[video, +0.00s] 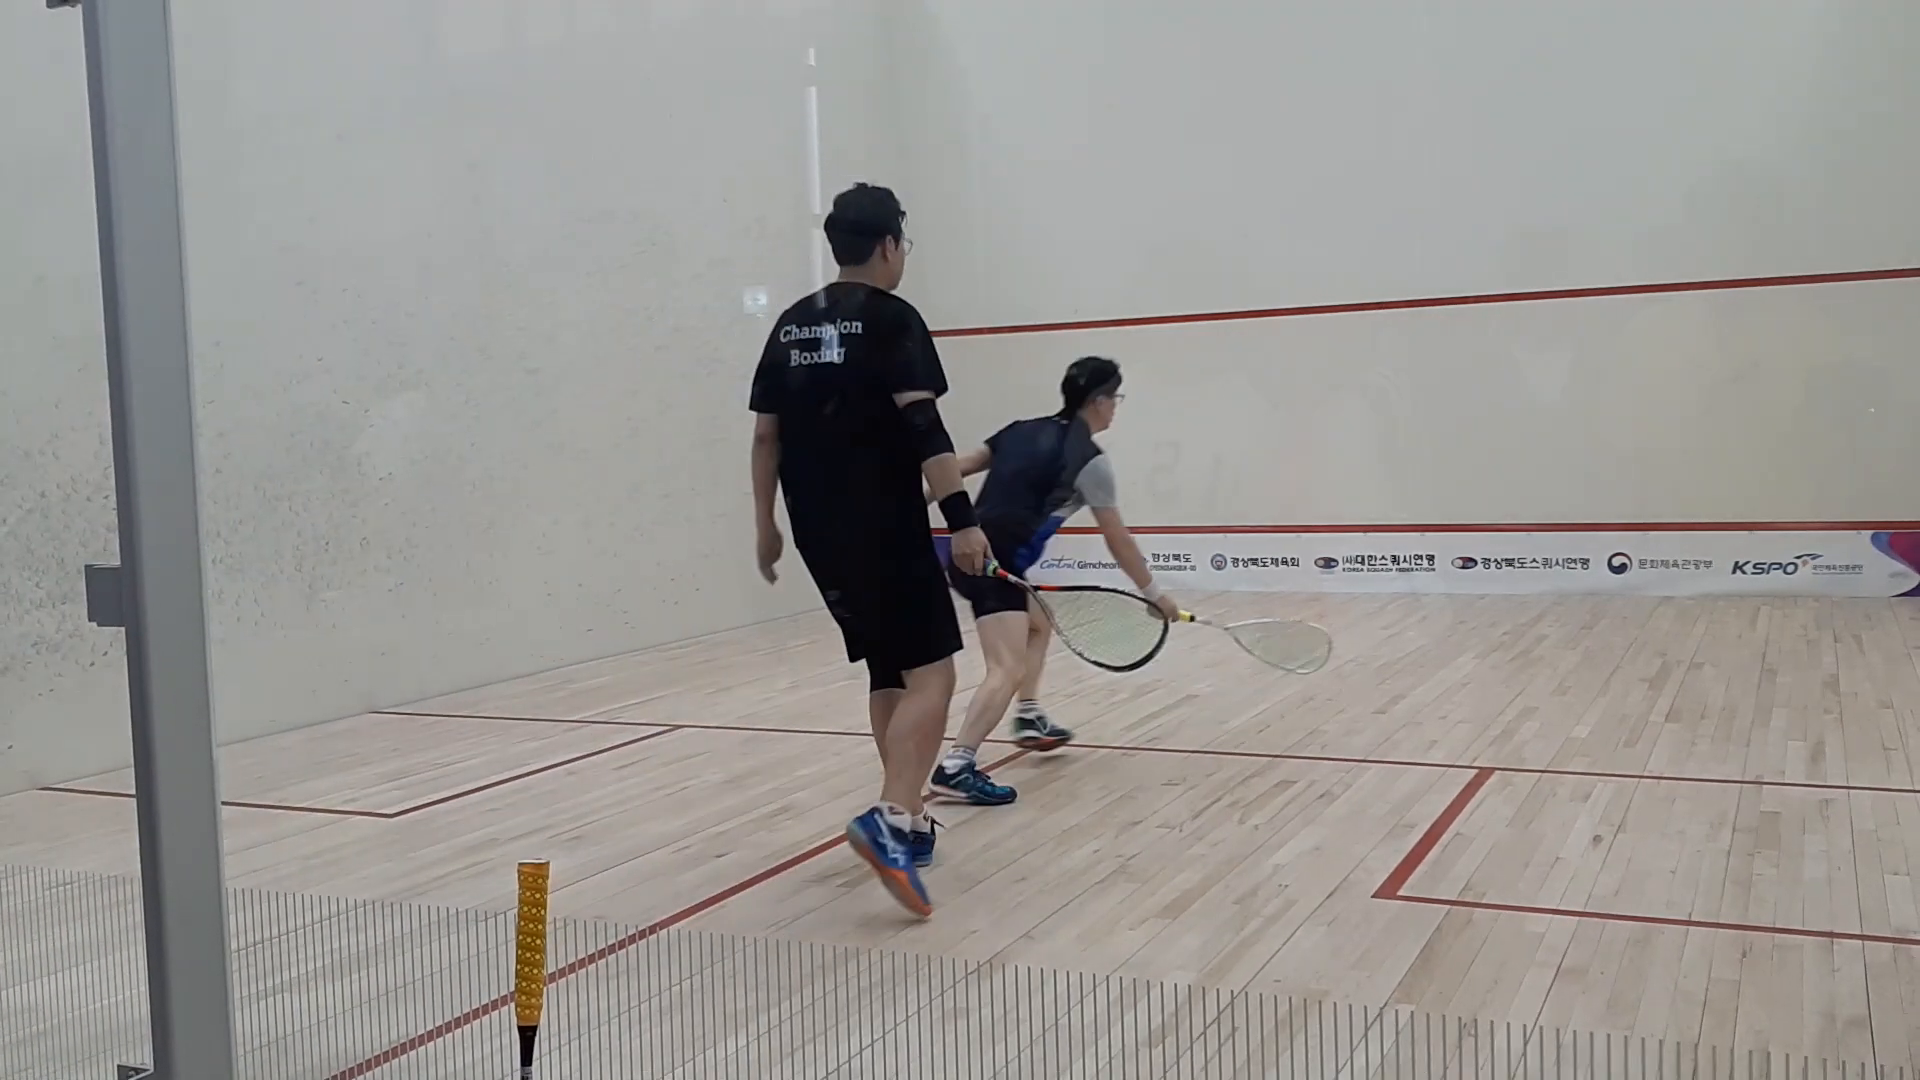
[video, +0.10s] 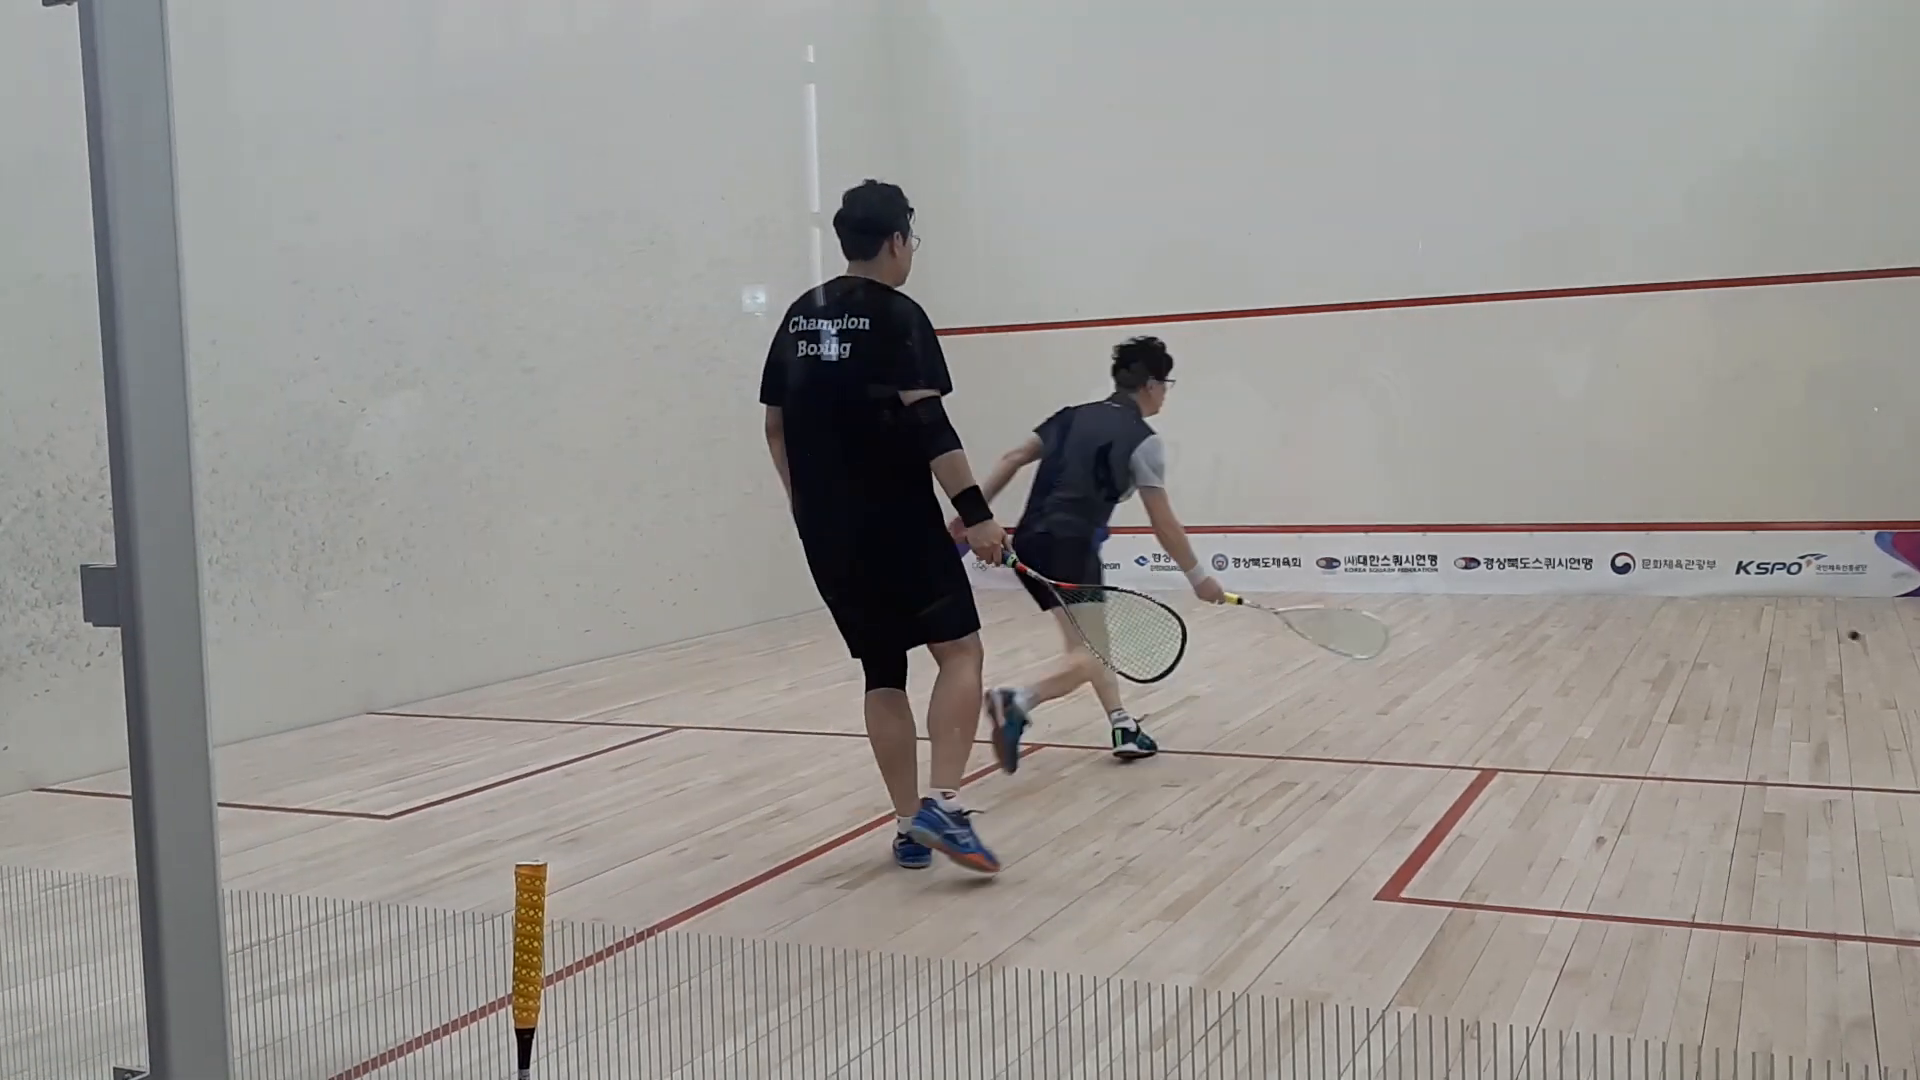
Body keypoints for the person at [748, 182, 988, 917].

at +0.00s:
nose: (905, 255)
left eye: (901, 243)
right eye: (903, 244)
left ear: (836, 246)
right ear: (888, 246)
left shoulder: (791, 322)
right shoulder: (894, 321)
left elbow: (765, 434)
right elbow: (924, 427)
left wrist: (765, 521)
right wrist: (961, 522)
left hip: (820, 533)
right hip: (888, 528)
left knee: (885, 676)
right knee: (934, 671)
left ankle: (908, 818)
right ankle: (892, 819)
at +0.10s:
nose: (913, 252)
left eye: (909, 240)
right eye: (911, 240)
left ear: (846, 242)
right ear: (897, 242)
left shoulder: (798, 315)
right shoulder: (898, 315)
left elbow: (777, 431)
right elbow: (928, 421)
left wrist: (806, 507)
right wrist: (976, 515)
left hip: (827, 529)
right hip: (902, 519)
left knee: (881, 671)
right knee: (960, 653)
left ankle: (909, 827)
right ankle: (943, 804)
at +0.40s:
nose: (932, 281)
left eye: (930, 270)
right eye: (931, 270)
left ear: (872, 270)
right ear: (918, 272)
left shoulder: (824, 327)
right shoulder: (921, 343)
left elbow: (777, 409)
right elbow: (958, 447)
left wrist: (802, 460)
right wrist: (1012, 525)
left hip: (837, 521)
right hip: (912, 514)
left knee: (878, 657)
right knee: (956, 635)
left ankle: (903, 790)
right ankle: (986, 774)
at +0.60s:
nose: (912, 302)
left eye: (910, 293)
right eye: (911, 293)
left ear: (855, 298)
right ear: (901, 299)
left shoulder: (811, 350)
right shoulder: (921, 366)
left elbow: (751, 415)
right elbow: (965, 451)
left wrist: (702, 486)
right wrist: (1011, 516)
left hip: (822, 519)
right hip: (897, 522)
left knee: (822, 614)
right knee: (953, 613)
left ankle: (824, 741)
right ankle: (973, 730)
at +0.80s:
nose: (861, 351)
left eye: (859, 342)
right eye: (859, 343)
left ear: (807, 350)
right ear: (850, 350)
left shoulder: (770, 406)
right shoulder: (869, 412)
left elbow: (734, 488)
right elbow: (903, 495)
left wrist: (708, 561)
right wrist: (948, 533)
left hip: (793, 559)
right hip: (859, 556)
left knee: (803, 621)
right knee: (930, 619)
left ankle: (780, 731)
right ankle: (966, 729)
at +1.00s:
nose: (800, 348)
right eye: (799, 343)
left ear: (748, 355)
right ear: (797, 351)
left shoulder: (729, 409)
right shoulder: (830, 408)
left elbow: (719, 503)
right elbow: (854, 483)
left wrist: (747, 523)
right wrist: (865, 537)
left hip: (766, 548)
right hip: (828, 543)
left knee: (733, 604)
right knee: (840, 623)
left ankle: (767, 726)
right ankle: (887, 724)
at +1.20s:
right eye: (708, 347)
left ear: (667, 362)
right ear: (715, 355)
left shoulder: (669, 423)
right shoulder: (750, 406)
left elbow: (672, 517)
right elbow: (745, 489)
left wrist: (640, 529)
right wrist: (676, 515)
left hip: (719, 563)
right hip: (779, 552)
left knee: (610, 624)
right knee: (803, 637)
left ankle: (618, 753)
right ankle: (881, 724)